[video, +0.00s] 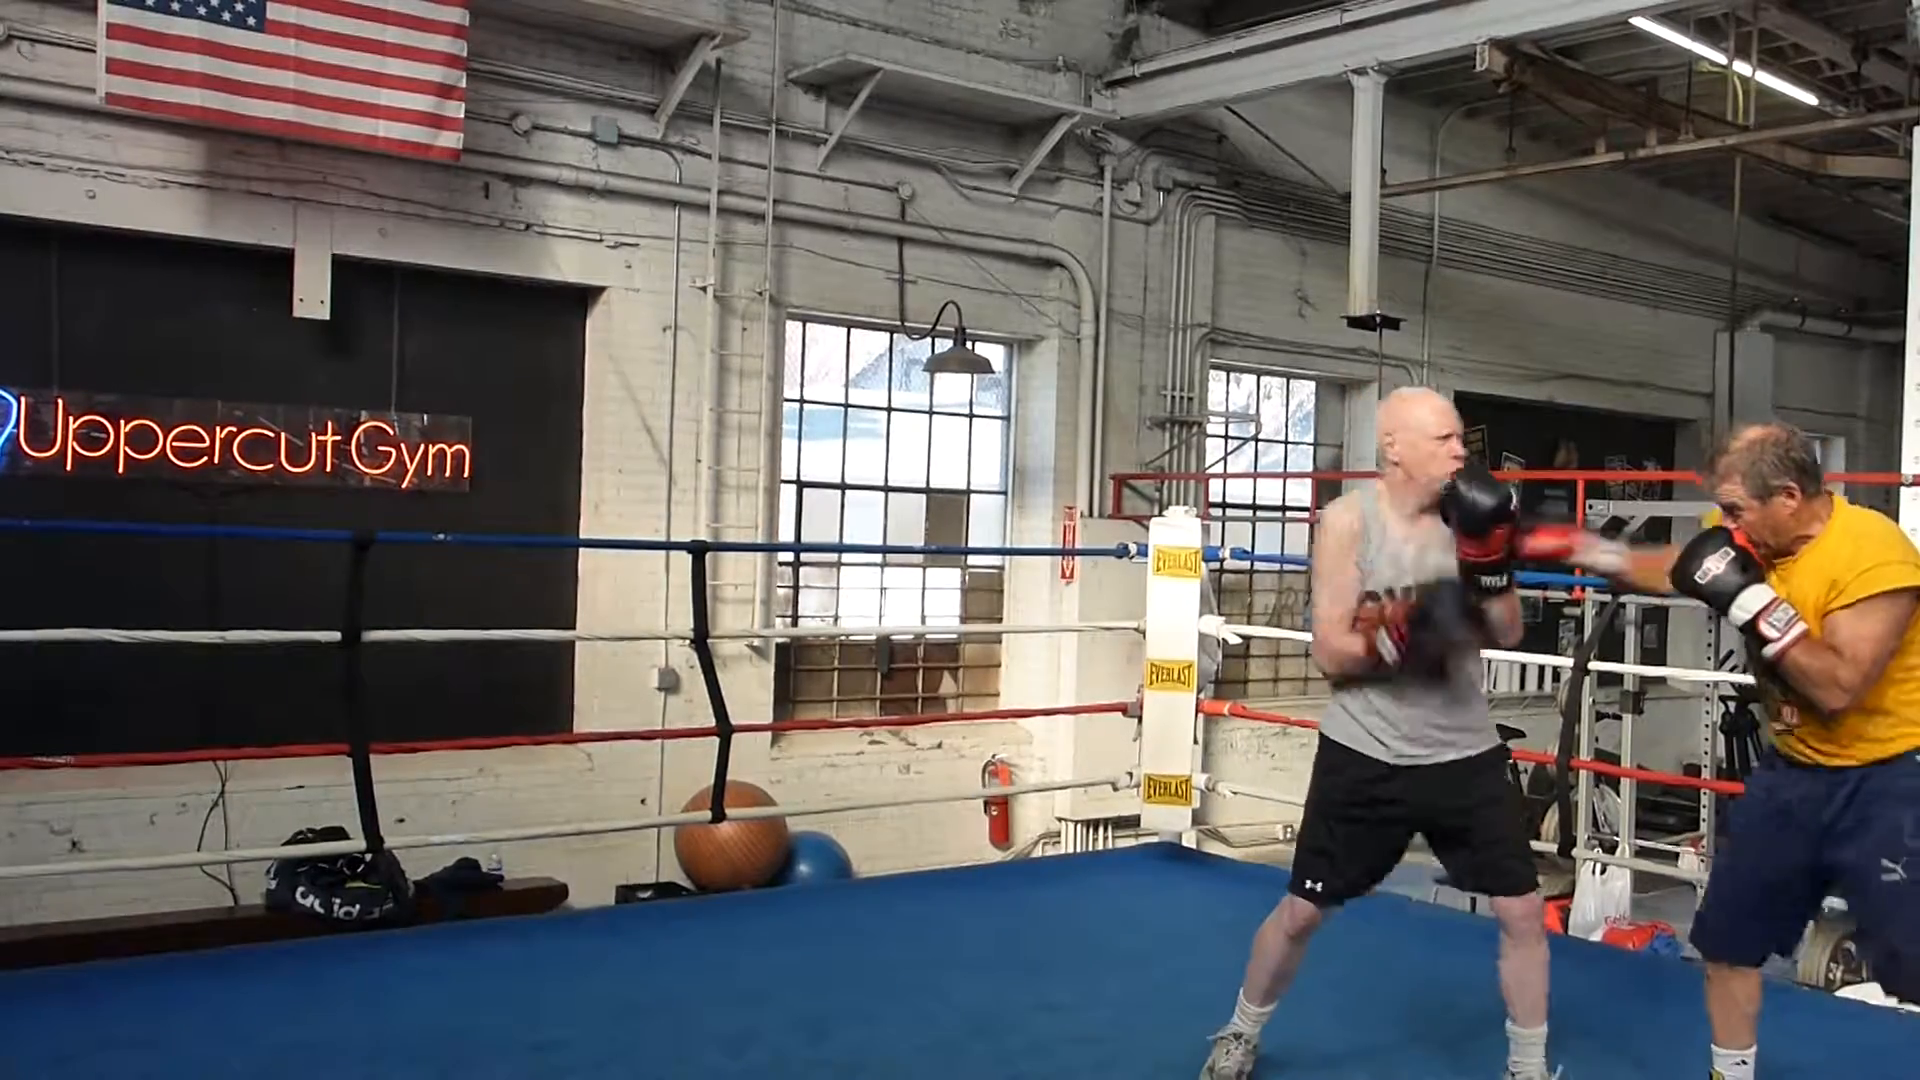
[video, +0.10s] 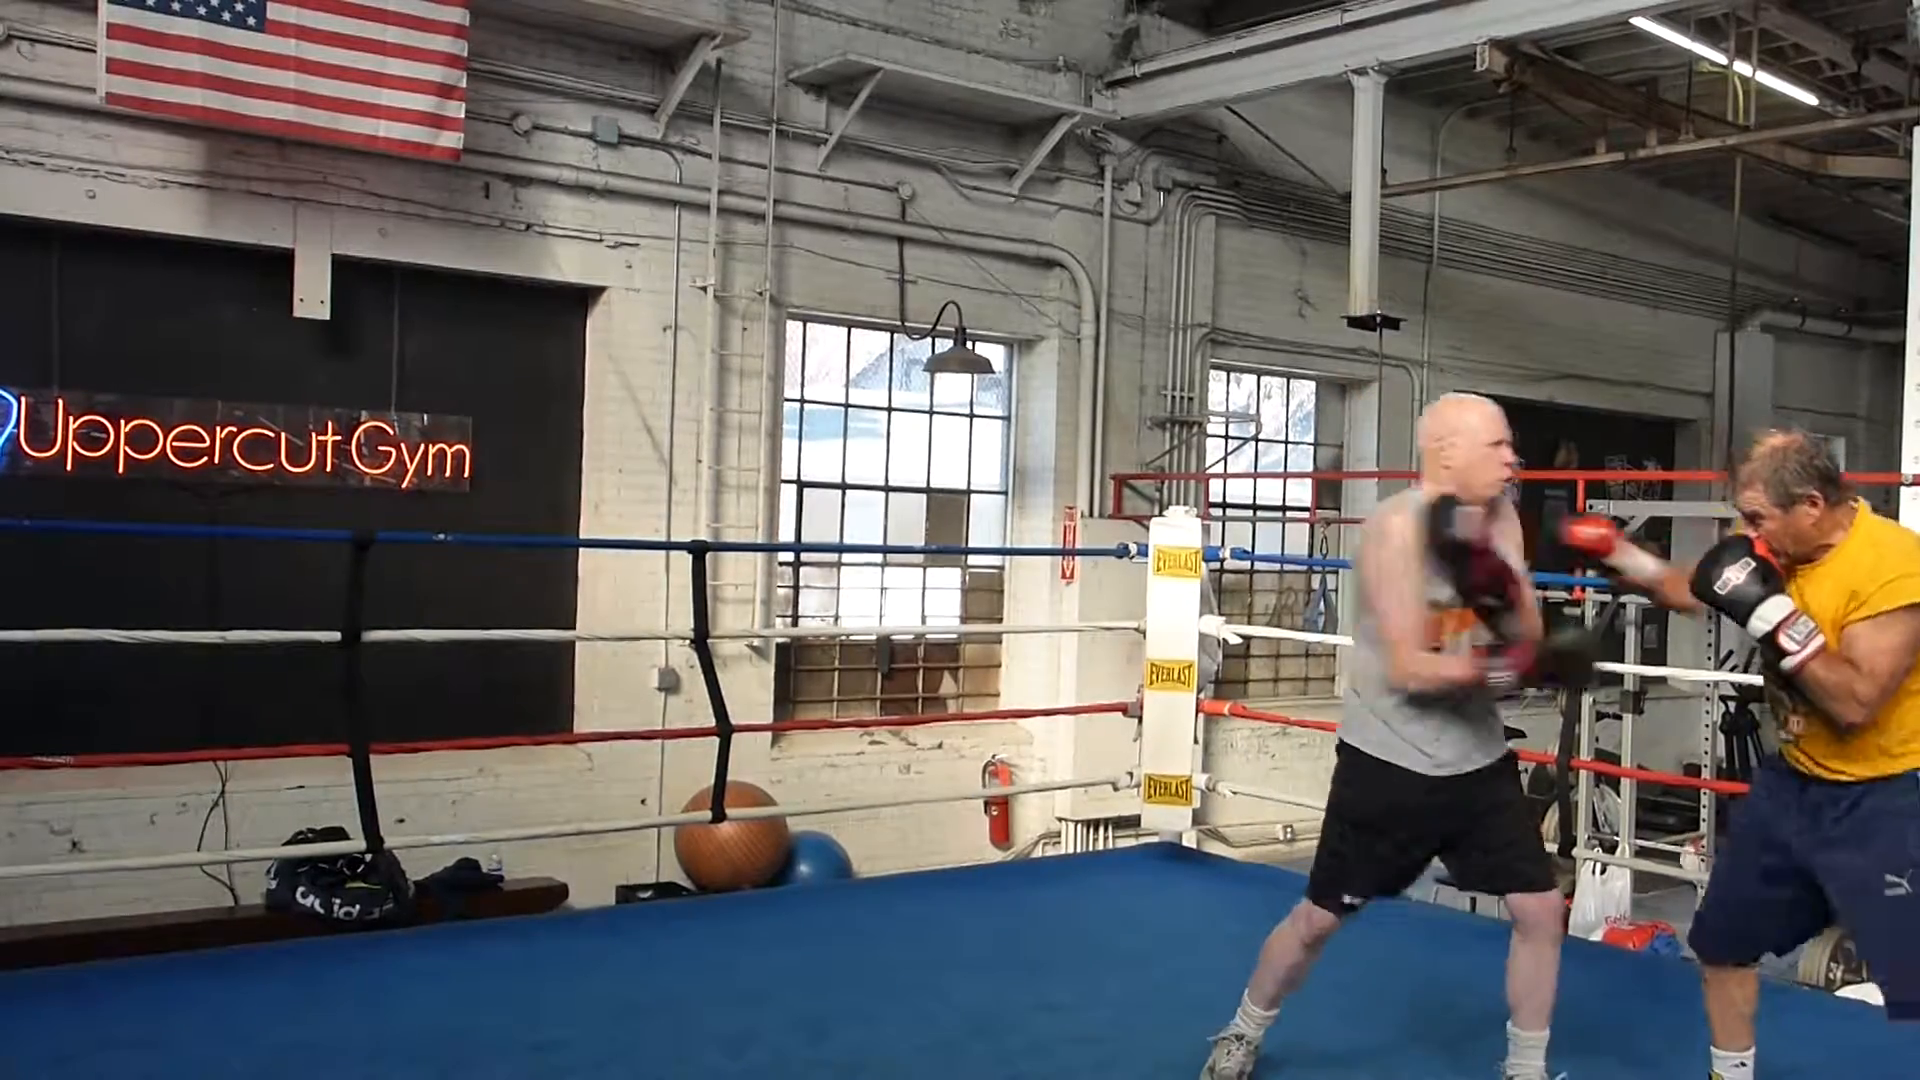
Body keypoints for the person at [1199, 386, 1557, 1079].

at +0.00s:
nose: (1459, 451)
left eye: (1460, 438)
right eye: (1443, 440)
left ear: (1461, 443)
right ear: (1394, 449)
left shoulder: (1471, 518)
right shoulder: (1346, 521)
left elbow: (1508, 633)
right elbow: (1332, 653)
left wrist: (1492, 558)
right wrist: (1391, 640)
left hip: (1466, 755)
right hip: (1363, 754)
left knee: (1523, 910)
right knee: (1304, 910)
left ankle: (1530, 1071)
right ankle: (1240, 1039)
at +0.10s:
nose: (1512, 460)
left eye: (1510, 446)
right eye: (1497, 446)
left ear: (1480, 456)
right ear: (1444, 455)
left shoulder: (1501, 523)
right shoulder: (1394, 524)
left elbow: (1528, 643)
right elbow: (1407, 667)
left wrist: (1502, 597)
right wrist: (1500, 665)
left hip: (1478, 758)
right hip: (1386, 759)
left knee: (1541, 909)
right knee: (1319, 919)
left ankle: (1527, 1071)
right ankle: (1241, 1039)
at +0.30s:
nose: (1623, 468)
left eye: (1619, 452)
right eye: (1607, 453)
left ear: (1552, 462)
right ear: (1553, 461)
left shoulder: (1503, 504)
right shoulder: (1560, 529)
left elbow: (1518, 628)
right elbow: (1669, 637)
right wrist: (1760, 636)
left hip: (1502, 761)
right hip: (1439, 757)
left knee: (1558, 905)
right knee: (1355, 915)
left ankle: (1528, 1072)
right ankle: (1210, 1001)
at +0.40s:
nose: (1659, 464)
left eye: (1655, 449)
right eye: (1644, 451)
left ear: (1583, 460)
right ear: (1590, 459)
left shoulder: (1529, 502)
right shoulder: (1597, 530)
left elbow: (1544, 623)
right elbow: (1673, 673)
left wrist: (1618, 608)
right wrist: (1765, 705)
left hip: (1514, 757)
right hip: (1451, 749)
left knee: (1552, 911)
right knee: (1372, 916)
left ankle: (1525, 1070)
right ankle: (1215, 1017)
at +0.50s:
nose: (1689, 465)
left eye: (1686, 450)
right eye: (1674, 451)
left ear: (1615, 455)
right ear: (1616, 454)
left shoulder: (1573, 504)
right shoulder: (1592, 521)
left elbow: (1570, 647)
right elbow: (1575, 674)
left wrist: (1637, 594)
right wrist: (1662, 726)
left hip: (1528, 751)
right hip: (1461, 734)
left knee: (1555, 915)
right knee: (1392, 913)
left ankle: (1526, 1071)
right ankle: (1261, 1062)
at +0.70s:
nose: (1668, 461)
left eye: (1670, 446)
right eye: (1655, 442)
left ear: (1607, 441)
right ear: (1597, 435)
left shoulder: (1629, 529)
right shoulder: (1518, 500)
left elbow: (1617, 658)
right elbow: (1448, 629)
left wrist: (1652, 590)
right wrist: (1550, 655)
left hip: (1564, 752)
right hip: (1473, 742)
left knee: (1569, 945)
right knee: (1453, 937)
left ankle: (1530, 1072)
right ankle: (1412, 1076)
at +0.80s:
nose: (1645, 461)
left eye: (1647, 446)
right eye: (1631, 442)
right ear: (1571, 430)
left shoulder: (1622, 526)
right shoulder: (1495, 503)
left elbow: (1623, 665)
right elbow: (1455, 655)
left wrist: (1654, 590)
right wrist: (1554, 612)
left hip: (1571, 764)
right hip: (1477, 754)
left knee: (1621, 954)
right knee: (1466, 955)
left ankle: (1542, 1056)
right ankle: (1411, 1075)